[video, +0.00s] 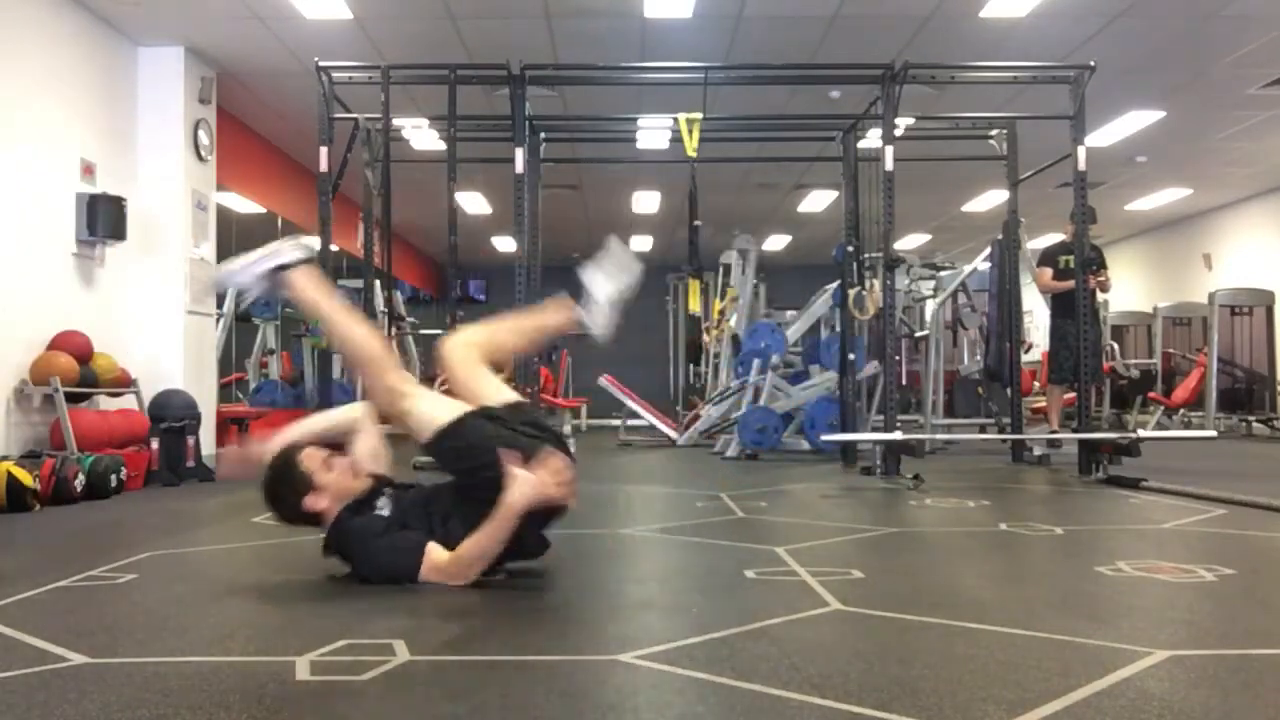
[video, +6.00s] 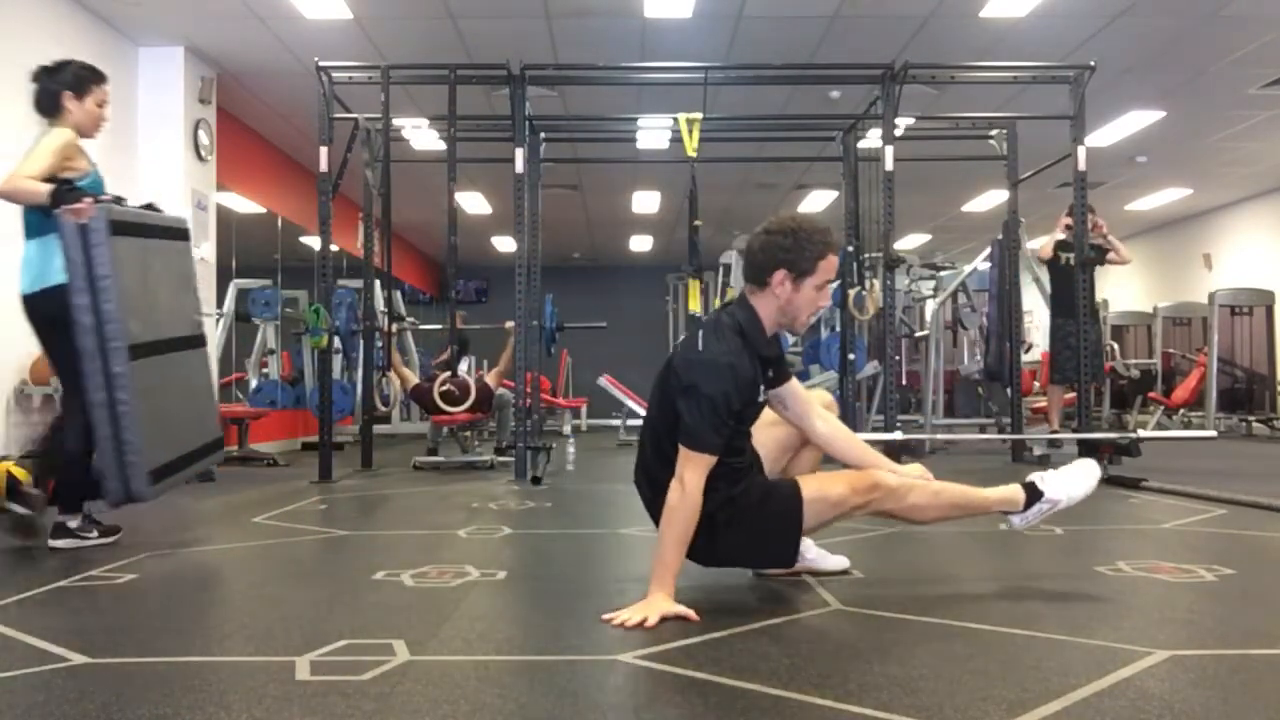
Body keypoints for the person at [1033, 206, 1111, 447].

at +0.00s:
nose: (1082, 230)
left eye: (1086, 225)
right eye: (1078, 224)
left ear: (1092, 227)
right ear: (1069, 224)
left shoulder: (1095, 252)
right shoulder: (1052, 252)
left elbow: (1105, 287)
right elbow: (1043, 285)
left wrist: (1101, 282)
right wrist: (1075, 284)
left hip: (1089, 320)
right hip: (1063, 321)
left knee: (1089, 375)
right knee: (1058, 377)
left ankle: (1087, 423)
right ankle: (1054, 427)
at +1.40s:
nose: (1065, 236)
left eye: (1067, 231)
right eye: (1062, 230)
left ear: (1063, 230)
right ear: (1049, 225)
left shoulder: (1064, 251)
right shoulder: (1029, 250)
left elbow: (1069, 280)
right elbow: (1025, 286)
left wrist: (1081, 280)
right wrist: (1063, 284)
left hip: (1061, 318)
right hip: (1038, 319)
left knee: (1072, 373)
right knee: (1038, 377)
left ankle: (1076, 422)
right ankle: (1038, 425)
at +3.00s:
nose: (1086, 228)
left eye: (1090, 224)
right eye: (1082, 223)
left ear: (1094, 225)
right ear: (1071, 223)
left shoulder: (1097, 252)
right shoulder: (1055, 251)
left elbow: (1106, 282)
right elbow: (1045, 283)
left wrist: (1103, 281)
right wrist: (1080, 283)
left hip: (1088, 319)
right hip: (1062, 319)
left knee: (1088, 374)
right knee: (1053, 374)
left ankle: (1085, 423)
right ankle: (1041, 424)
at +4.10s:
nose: (1078, 222)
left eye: (1082, 217)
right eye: (1073, 217)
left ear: (1088, 220)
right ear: (1065, 220)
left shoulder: (1097, 250)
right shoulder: (1052, 251)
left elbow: (1111, 285)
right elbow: (1034, 283)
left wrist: (1100, 274)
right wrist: (1051, 297)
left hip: (1090, 320)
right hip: (1063, 321)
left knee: (1090, 376)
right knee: (1058, 376)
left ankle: (1087, 425)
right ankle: (1054, 428)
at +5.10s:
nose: (1081, 223)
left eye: (1085, 218)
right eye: (1076, 219)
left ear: (1089, 220)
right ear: (1065, 221)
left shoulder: (1091, 250)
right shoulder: (1051, 252)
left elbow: (1111, 277)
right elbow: (1038, 281)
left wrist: (1096, 255)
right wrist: (1068, 266)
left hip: (1089, 320)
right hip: (1062, 320)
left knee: (1089, 376)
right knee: (1058, 377)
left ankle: (1087, 424)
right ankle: (1054, 428)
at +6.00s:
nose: (1083, 225)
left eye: (1087, 221)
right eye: (1078, 220)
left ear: (1093, 224)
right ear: (1068, 222)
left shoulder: (1092, 250)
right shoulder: (1058, 246)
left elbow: (1125, 258)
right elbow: (1043, 255)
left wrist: (1106, 235)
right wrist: (1058, 231)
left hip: (1088, 318)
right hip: (1063, 318)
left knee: (1088, 375)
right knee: (1059, 376)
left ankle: (1086, 423)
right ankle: (1055, 426)